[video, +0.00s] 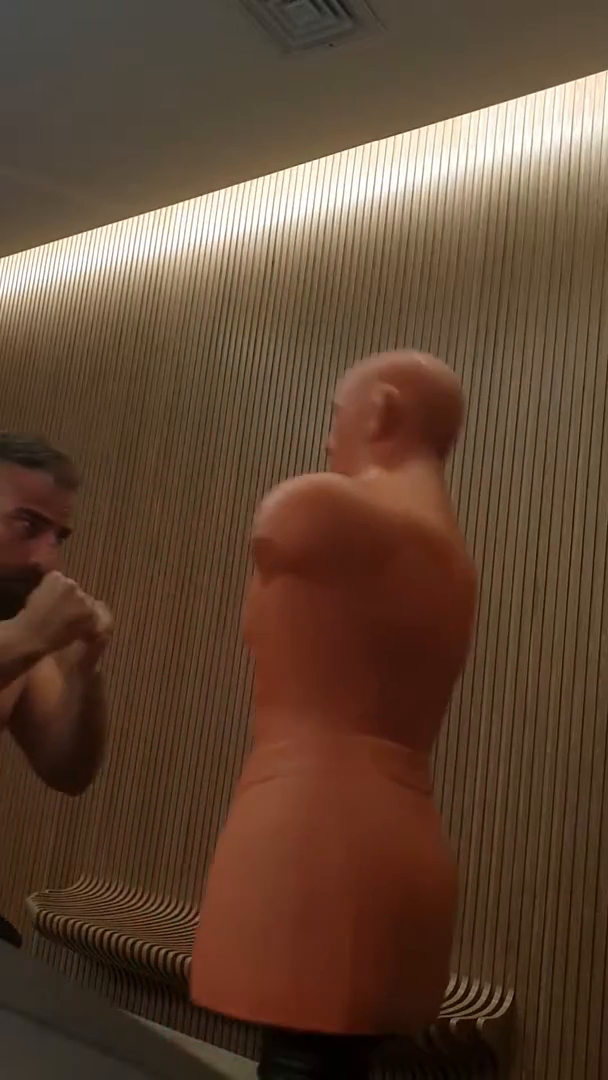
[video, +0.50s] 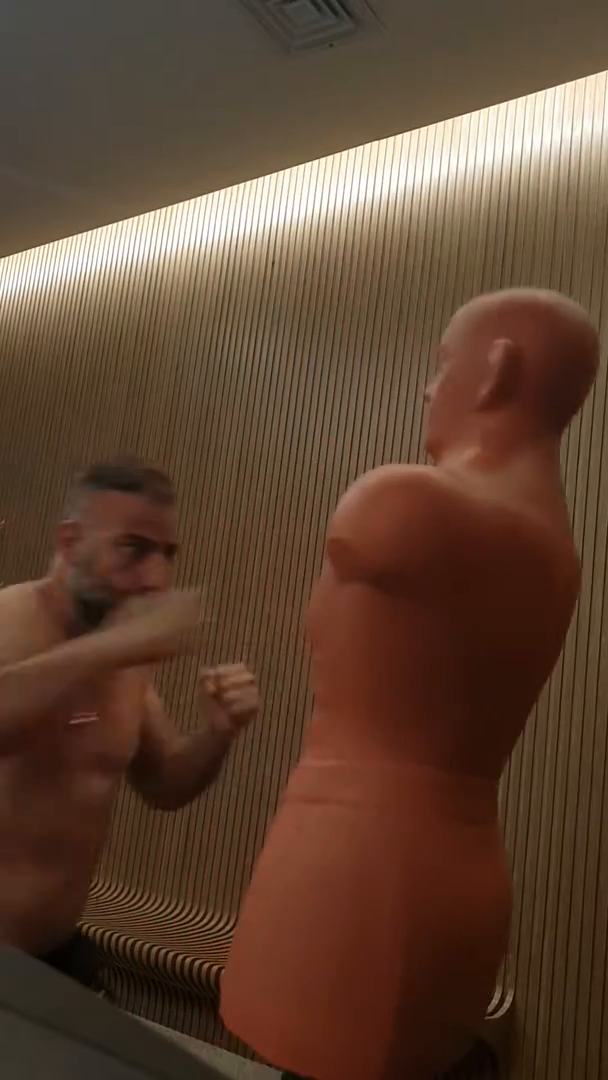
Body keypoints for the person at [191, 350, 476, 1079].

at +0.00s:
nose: (330, 431)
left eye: (338, 412)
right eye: (332, 413)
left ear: (383, 415)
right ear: (442, 435)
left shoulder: (316, 513)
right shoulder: (455, 559)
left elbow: (277, 530)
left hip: (309, 841)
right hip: (405, 831)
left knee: (292, 1062)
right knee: (352, 1062)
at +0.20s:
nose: (291, 364)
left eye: (299, 336)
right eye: (293, 338)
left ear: (350, 340)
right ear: (425, 359)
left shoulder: (265, 501)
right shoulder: (445, 514)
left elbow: (217, 549)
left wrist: (324, 456)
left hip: (277, 888)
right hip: (401, 864)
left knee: (245, 1069)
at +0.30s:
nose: (325, 354)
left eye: (333, 328)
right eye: (327, 329)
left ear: (386, 333)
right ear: (462, 357)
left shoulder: (297, 506)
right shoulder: (470, 513)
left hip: (297, 887)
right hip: (414, 866)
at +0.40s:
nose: (384, 372)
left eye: (397, 346)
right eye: (389, 347)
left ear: (449, 352)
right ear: (511, 373)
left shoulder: (355, 505)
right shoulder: (515, 534)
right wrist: (296, 646)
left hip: (325, 883)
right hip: (438, 869)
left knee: (271, 1065)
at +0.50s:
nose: (429, 392)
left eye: (442, 367)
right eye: (435, 369)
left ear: (495, 375)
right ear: (561, 402)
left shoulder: (402, 503)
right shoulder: (553, 553)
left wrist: (444, 470)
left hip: (349, 877)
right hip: (460, 870)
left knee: (292, 1064)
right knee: (408, 1067)